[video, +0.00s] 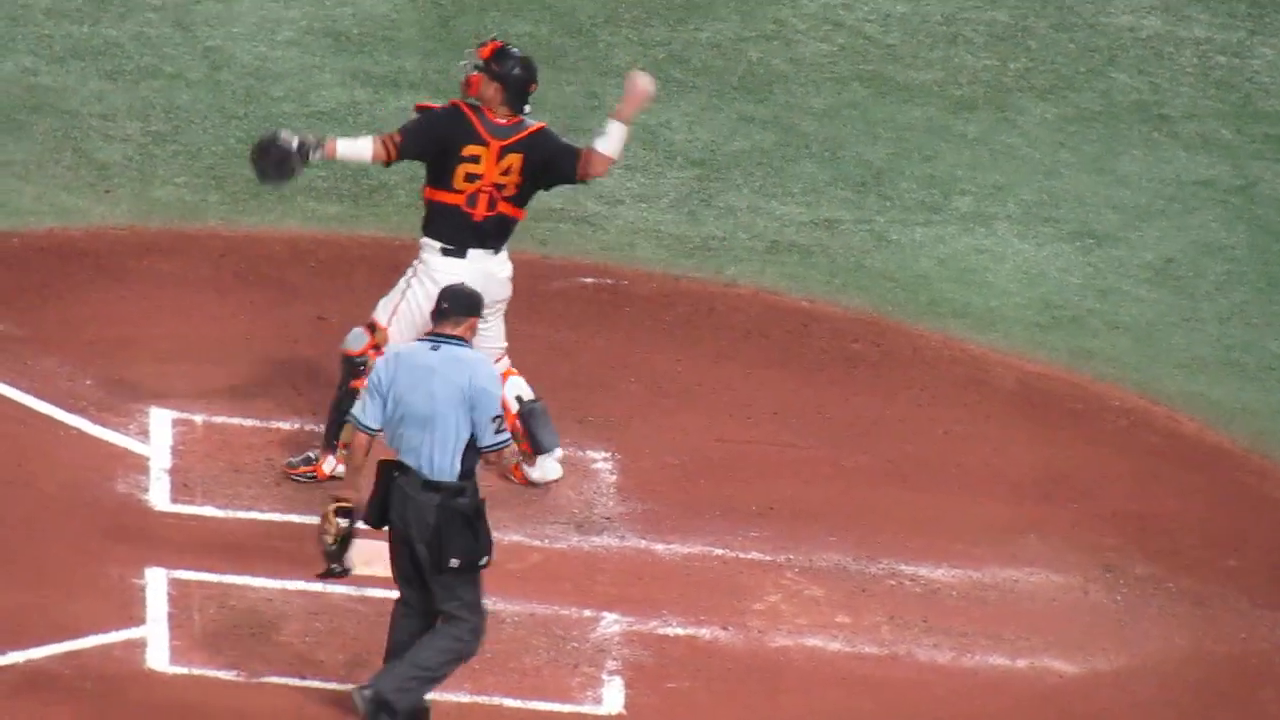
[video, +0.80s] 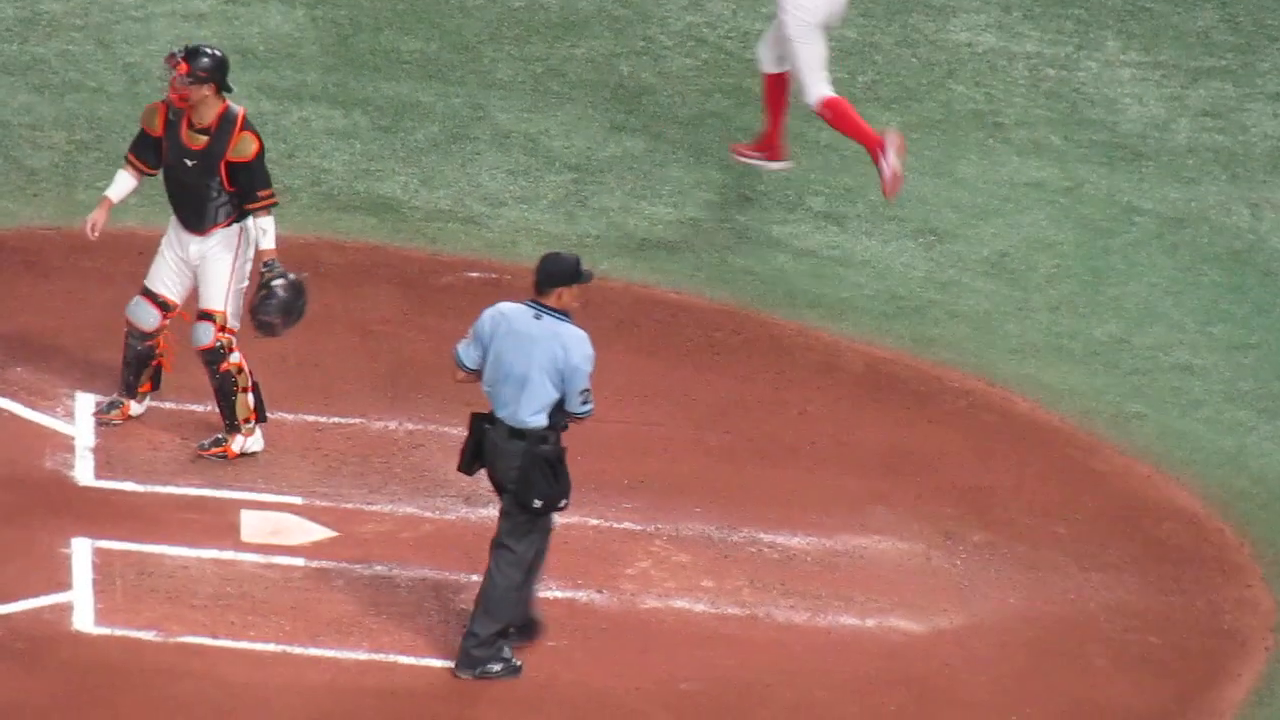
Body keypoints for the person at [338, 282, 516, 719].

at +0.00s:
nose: (478, 329)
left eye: (474, 323)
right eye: (477, 324)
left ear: (435, 317)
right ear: (471, 324)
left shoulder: (393, 360)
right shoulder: (478, 370)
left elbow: (360, 435)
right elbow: (497, 448)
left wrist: (354, 495)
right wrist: (517, 466)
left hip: (399, 495)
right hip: (446, 505)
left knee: (413, 605)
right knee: (464, 624)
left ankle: (401, 701)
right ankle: (384, 695)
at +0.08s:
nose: (494, 325)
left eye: (493, 318)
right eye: (493, 319)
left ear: (451, 313)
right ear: (483, 320)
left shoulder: (407, 355)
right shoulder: (491, 366)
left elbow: (379, 434)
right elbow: (504, 449)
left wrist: (379, 488)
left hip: (411, 491)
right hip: (460, 500)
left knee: (419, 601)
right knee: (497, 613)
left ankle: (394, 699)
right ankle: (414, 700)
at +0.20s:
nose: (511, 317)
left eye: (511, 310)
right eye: (510, 310)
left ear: (469, 304)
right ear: (499, 311)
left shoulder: (425, 344)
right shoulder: (503, 357)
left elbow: (405, 419)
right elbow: (513, 438)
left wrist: (433, 450)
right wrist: (519, 456)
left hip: (428, 487)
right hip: (477, 495)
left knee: (417, 600)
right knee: (524, 598)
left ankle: (388, 706)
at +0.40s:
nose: (510, 305)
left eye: (511, 297)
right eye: (509, 298)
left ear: (469, 293)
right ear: (494, 298)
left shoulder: (427, 326)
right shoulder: (498, 350)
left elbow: (408, 390)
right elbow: (505, 424)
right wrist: (526, 439)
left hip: (423, 469)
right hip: (471, 481)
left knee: (392, 573)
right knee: (505, 582)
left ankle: (338, 675)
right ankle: (519, 676)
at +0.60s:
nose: (519, 308)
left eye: (519, 300)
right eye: (517, 301)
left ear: (481, 297)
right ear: (502, 302)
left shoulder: (437, 325)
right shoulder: (507, 352)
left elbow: (417, 383)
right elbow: (515, 428)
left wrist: (459, 393)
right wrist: (530, 429)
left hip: (437, 460)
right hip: (480, 471)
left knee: (436, 555)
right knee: (493, 571)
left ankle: (370, 621)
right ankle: (471, 669)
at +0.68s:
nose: (548, 292)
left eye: (548, 285)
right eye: (546, 286)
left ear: (508, 281)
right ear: (533, 287)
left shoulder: (468, 310)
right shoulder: (541, 336)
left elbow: (443, 365)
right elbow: (547, 411)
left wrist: (490, 362)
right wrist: (557, 403)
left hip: (469, 439)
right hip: (508, 451)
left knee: (482, 523)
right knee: (506, 548)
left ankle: (433, 600)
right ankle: (481, 646)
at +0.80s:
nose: (581, 294)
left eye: (579, 287)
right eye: (577, 288)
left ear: (540, 286)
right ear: (561, 291)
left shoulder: (498, 315)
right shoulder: (574, 341)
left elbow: (465, 368)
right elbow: (579, 407)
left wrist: (512, 360)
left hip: (493, 443)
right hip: (532, 455)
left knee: (529, 526)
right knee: (514, 548)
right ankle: (479, 652)